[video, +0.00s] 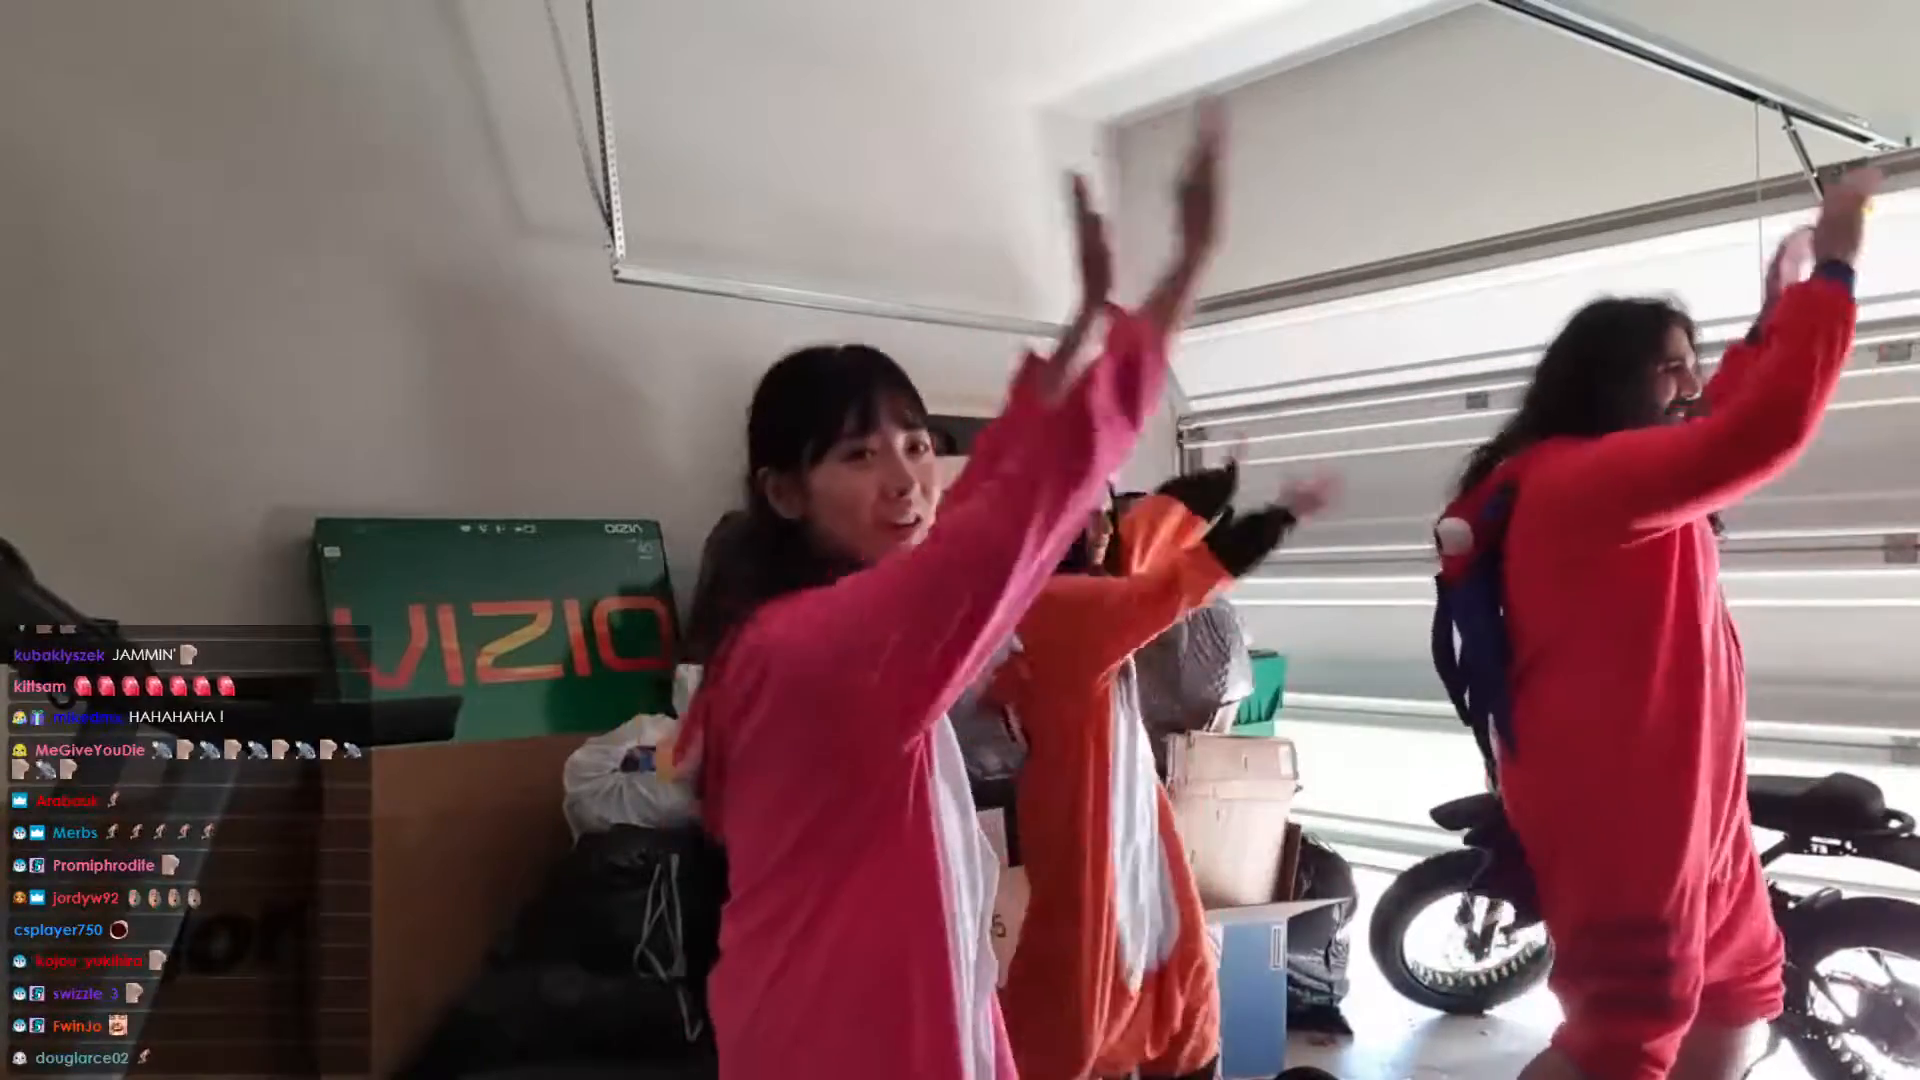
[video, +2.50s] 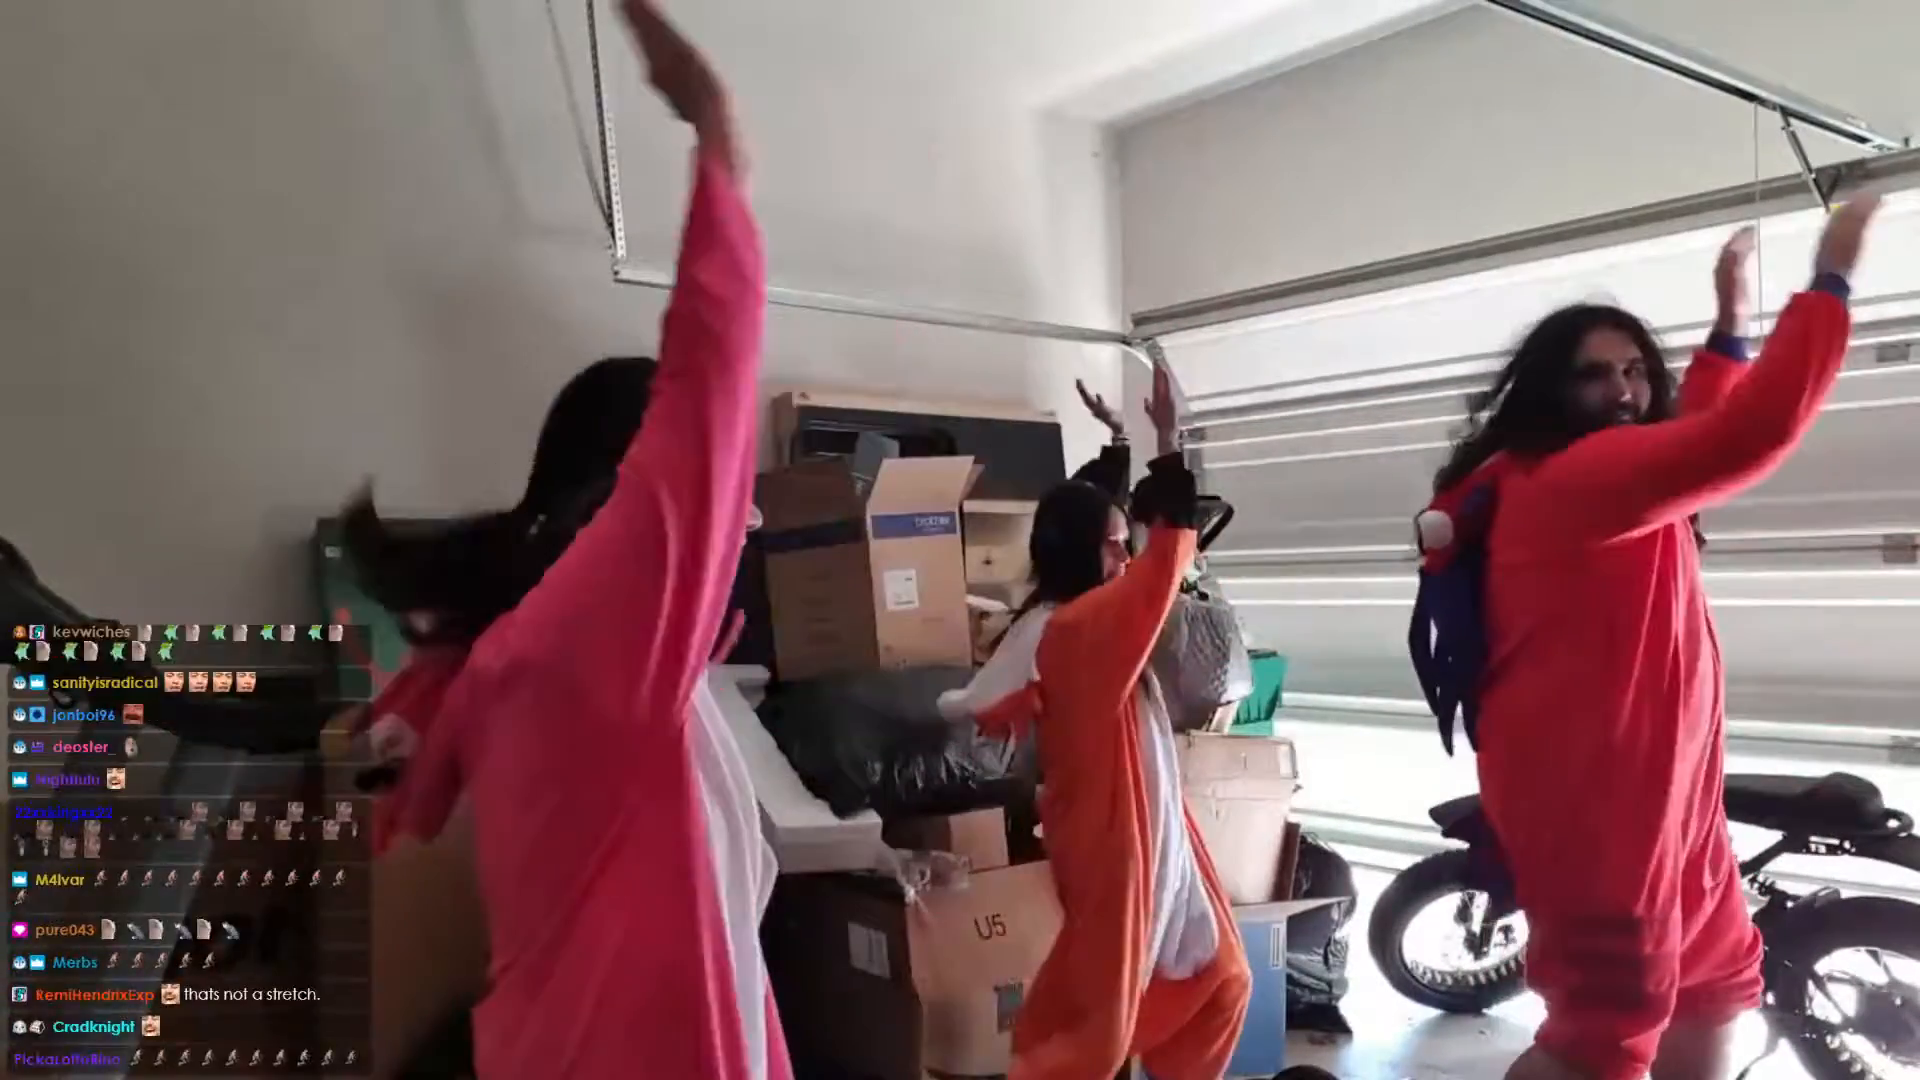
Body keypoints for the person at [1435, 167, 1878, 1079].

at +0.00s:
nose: (1694, 386)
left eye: (1693, 370)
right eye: (1674, 368)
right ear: (1613, 378)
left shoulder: (1637, 472)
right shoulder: (1572, 480)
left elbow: (1719, 429)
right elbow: (1759, 436)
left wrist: (1775, 319)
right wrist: (1837, 265)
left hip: (1693, 797)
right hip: (1617, 812)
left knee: (1736, 996)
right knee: (1629, 1030)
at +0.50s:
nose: (1651, 364)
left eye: (1662, 348)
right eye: (1627, 346)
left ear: (1678, 362)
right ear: (1577, 359)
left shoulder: (1635, 469)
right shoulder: (1562, 469)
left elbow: (1717, 573)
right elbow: (1695, 603)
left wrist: (1834, 632)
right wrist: (1864, 691)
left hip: (1664, 791)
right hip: (1584, 798)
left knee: (1657, 998)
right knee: (1562, 1016)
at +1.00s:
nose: (1632, 355)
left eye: (1643, 337)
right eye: (1602, 340)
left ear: (1663, 356)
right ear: (1554, 365)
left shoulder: (1637, 467)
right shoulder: (1559, 467)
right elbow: (1692, 581)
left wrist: (1870, 566)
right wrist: (1882, 574)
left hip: (1667, 797)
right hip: (1591, 805)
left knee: (1666, 995)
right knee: (1575, 1021)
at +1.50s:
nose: (1679, 392)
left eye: (1684, 374)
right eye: (1657, 370)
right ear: (1592, 374)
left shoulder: (1621, 469)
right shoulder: (1559, 474)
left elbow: (1727, 473)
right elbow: (1734, 497)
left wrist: (1839, 432)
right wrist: (1909, 441)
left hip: (1671, 795)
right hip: (1598, 809)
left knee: (1716, 990)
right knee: (1620, 1030)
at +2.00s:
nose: (1756, 407)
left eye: (1760, 388)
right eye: (1739, 384)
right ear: (1682, 379)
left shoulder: (1657, 476)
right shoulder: (1620, 484)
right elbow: (1655, 665)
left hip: (1626, 784)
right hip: (1575, 791)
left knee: (1643, 998)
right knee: (1571, 1019)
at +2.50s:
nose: (1626, 392)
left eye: (1638, 373)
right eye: (1596, 375)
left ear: (1657, 381)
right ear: (1549, 393)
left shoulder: (1631, 476)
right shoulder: (1555, 485)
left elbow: (1698, 441)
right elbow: (1744, 442)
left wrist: (1733, 324)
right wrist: (1833, 281)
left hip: (1674, 788)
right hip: (1591, 806)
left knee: (1715, 991)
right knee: (1607, 1029)